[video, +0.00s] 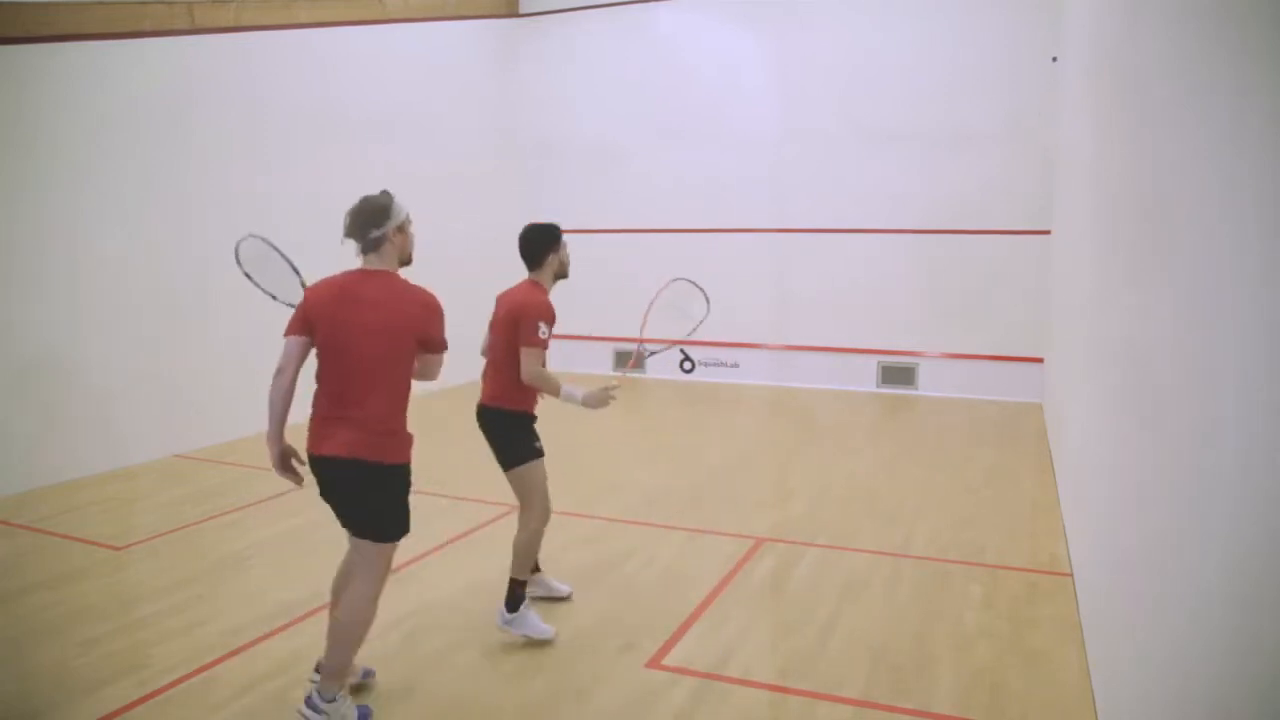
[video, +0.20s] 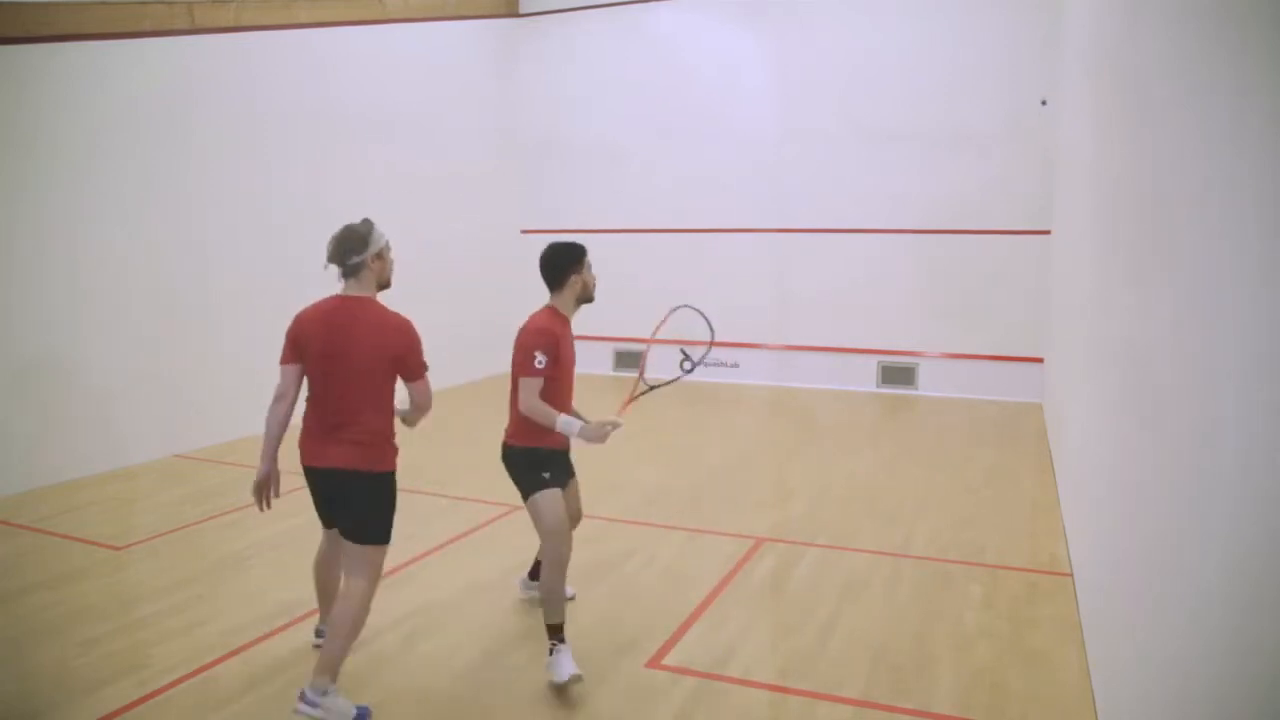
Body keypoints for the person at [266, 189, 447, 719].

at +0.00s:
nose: (413, 236)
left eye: (410, 228)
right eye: (409, 228)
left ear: (360, 240)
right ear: (395, 236)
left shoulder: (321, 294)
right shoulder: (421, 303)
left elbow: (286, 370)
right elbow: (428, 369)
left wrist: (275, 438)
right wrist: (375, 348)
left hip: (326, 453)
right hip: (381, 458)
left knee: (362, 551)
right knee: (370, 574)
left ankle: (336, 662)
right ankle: (327, 694)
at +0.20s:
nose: (393, 262)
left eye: (390, 254)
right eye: (389, 255)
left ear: (343, 265)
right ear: (374, 262)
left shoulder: (308, 320)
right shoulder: (398, 329)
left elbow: (284, 398)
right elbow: (420, 406)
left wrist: (268, 461)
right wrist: (402, 413)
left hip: (317, 461)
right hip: (369, 469)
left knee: (333, 534)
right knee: (359, 578)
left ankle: (327, 624)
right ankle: (319, 691)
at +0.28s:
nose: (390, 263)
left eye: (388, 255)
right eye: (385, 256)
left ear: (340, 264)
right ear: (369, 262)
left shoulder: (305, 318)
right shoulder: (389, 326)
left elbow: (287, 393)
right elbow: (415, 406)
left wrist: (272, 455)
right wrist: (423, 433)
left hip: (315, 460)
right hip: (367, 465)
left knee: (335, 526)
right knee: (384, 558)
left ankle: (327, 624)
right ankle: (339, 645)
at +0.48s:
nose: (396, 251)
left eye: (394, 243)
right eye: (391, 243)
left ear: (353, 248)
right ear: (368, 247)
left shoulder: (314, 299)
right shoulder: (383, 306)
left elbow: (299, 370)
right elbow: (394, 384)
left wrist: (310, 421)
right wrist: (419, 432)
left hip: (323, 434)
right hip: (374, 436)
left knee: (334, 518)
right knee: (409, 502)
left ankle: (331, 617)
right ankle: (388, 600)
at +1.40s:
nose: (442, 255)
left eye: (440, 248)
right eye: (439, 249)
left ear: (404, 255)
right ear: (425, 253)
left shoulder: (379, 295)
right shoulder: (422, 306)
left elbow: (364, 356)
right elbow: (416, 372)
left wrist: (385, 384)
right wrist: (447, 416)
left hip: (372, 408)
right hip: (406, 413)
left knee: (391, 478)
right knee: (454, 482)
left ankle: (376, 554)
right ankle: (444, 575)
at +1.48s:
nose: (448, 260)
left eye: (446, 254)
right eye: (444, 254)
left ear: (412, 261)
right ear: (433, 261)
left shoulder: (387, 301)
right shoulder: (428, 313)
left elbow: (371, 357)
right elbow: (424, 377)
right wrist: (443, 416)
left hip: (372, 411)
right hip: (400, 415)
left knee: (402, 474)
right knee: (397, 481)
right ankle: (378, 552)